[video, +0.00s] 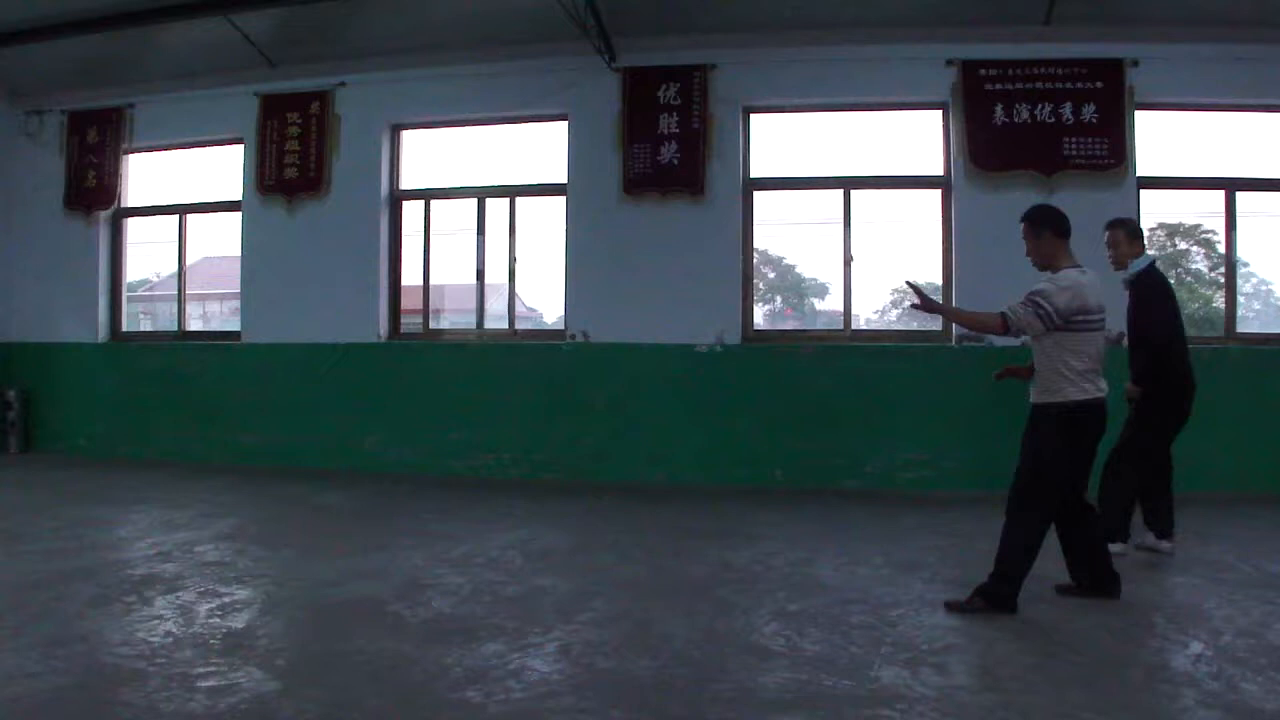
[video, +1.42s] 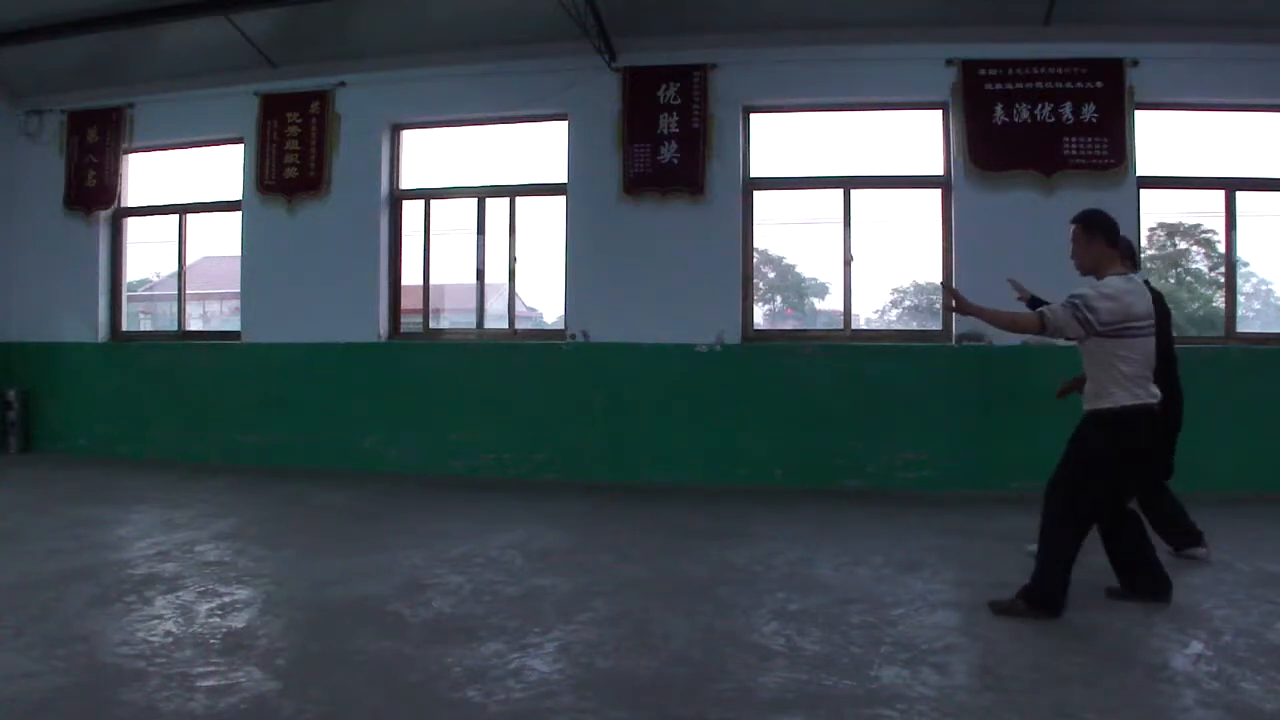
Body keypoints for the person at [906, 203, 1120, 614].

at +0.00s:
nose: (1026, 251)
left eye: (1029, 241)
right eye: (1025, 242)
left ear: (1049, 239)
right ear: (1062, 240)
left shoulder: (1058, 289)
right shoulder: (1088, 285)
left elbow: (1003, 324)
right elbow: (1083, 354)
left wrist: (941, 310)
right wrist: (1030, 370)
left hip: (1060, 413)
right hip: (1086, 409)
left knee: (1028, 502)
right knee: (1067, 496)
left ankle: (1000, 593)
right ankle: (1098, 580)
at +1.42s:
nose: (1071, 252)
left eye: (1077, 243)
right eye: (1072, 243)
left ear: (1100, 244)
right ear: (1109, 245)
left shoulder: (1100, 298)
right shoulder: (1139, 292)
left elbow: (1035, 323)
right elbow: (1129, 354)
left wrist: (969, 308)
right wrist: (1085, 379)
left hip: (1111, 420)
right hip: (1143, 415)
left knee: (1065, 499)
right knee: (1109, 500)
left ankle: (1043, 597)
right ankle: (1147, 583)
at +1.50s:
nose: (1069, 252)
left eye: (1074, 243)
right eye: (1069, 244)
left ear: (1097, 243)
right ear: (1106, 245)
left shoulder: (1096, 297)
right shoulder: (1139, 292)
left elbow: (1034, 323)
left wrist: (966, 308)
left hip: (1111, 419)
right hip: (1144, 413)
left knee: (1067, 500)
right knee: (1111, 500)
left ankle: (1044, 598)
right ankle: (1146, 583)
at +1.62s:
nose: (1062, 253)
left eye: (1067, 243)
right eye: (1062, 244)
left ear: (1089, 243)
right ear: (1102, 245)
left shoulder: (1086, 298)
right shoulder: (1136, 292)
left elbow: (1024, 323)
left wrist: (961, 307)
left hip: (1105, 420)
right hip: (1144, 413)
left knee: (1063, 501)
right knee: (1113, 500)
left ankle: (1043, 598)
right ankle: (1147, 582)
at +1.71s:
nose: (1053, 255)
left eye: (1057, 245)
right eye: (1052, 246)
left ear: (1079, 244)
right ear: (1093, 245)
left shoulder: (1073, 300)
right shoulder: (1132, 292)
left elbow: (1014, 323)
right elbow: (1149, 340)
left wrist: (957, 305)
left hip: (1098, 420)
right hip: (1140, 413)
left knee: (1057, 502)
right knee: (1113, 500)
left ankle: (1041, 598)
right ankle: (1147, 582)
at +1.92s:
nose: (1049, 266)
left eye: (1053, 257)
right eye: (1049, 258)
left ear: (1075, 255)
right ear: (1088, 257)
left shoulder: (1066, 310)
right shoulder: (1130, 301)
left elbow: (1010, 326)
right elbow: (1147, 352)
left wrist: (951, 310)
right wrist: (1084, 382)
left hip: (1099, 429)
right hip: (1142, 420)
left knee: (1048, 502)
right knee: (1105, 498)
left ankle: (1039, 599)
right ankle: (1157, 570)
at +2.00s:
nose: (1059, 269)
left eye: (1063, 259)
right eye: (1059, 260)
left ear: (1087, 260)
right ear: (1097, 261)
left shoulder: (1087, 310)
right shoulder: (1131, 302)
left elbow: (1020, 323)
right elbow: (1092, 337)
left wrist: (956, 313)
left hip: (1110, 431)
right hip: (1147, 423)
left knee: (1059, 505)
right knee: (1120, 504)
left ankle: (1039, 598)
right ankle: (1161, 576)